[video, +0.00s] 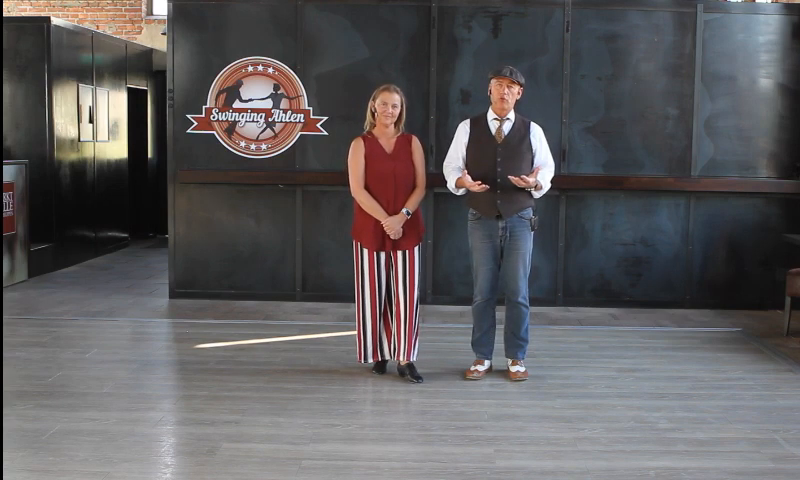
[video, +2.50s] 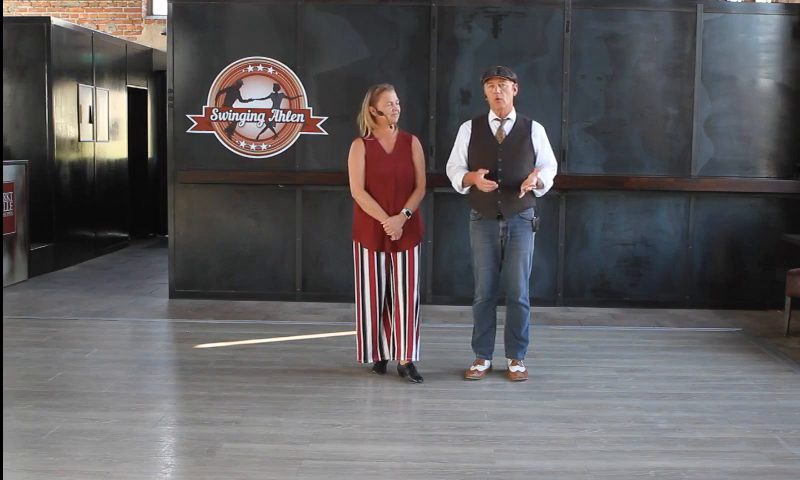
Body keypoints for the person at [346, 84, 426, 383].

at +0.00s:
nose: (389, 110)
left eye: (394, 105)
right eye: (384, 104)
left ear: (401, 110)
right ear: (374, 107)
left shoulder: (412, 143)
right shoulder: (360, 144)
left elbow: (421, 186)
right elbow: (357, 189)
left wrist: (401, 216)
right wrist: (388, 220)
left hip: (406, 231)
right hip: (371, 231)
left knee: (407, 296)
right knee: (373, 295)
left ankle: (405, 359)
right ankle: (379, 356)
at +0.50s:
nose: (389, 110)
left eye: (394, 105)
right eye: (384, 104)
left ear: (400, 110)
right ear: (374, 107)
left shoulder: (412, 143)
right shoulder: (360, 144)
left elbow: (420, 187)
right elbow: (357, 190)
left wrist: (401, 216)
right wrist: (389, 220)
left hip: (406, 230)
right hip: (371, 231)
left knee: (406, 295)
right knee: (374, 295)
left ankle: (406, 359)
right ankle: (379, 356)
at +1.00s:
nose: (387, 109)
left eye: (392, 105)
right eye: (382, 104)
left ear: (399, 110)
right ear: (372, 107)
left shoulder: (411, 143)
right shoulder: (359, 145)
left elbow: (420, 187)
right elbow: (356, 190)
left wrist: (400, 216)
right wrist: (387, 220)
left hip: (405, 230)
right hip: (370, 231)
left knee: (406, 295)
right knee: (373, 295)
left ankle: (406, 359)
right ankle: (379, 356)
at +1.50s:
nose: (394, 108)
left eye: (396, 104)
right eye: (387, 105)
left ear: (400, 107)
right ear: (373, 109)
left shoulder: (411, 143)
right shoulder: (359, 145)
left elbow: (420, 187)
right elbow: (356, 190)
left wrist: (400, 216)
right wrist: (387, 220)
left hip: (405, 230)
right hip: (370, 231)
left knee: (406, 295)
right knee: (373, 295)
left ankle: (405, 359)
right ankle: (378, 356)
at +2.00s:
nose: (395, 108)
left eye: (396, 104)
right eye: (388, 105)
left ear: (399, 107)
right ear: (373, 110)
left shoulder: (411, 143)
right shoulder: (360, 145)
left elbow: (420, 187)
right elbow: (357, 191)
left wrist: (402, 216)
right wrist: (389, 221)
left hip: (405, 231)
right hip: (371, 232)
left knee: (406, 296)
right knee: (374, 295)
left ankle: (406, 359)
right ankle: (379, 356)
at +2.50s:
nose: (396, 108)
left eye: (397, 103)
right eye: (389, 104)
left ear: (399, 107)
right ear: (373, 110)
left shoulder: (412, 143)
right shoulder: (360, 145)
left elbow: (421, 187)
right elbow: (357, 191)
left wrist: (402, 216)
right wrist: (388, 220)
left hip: (406, 230)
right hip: (371, 231)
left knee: (407, 295)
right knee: (374, 295)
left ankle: (406, 359)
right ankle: (378, 355)